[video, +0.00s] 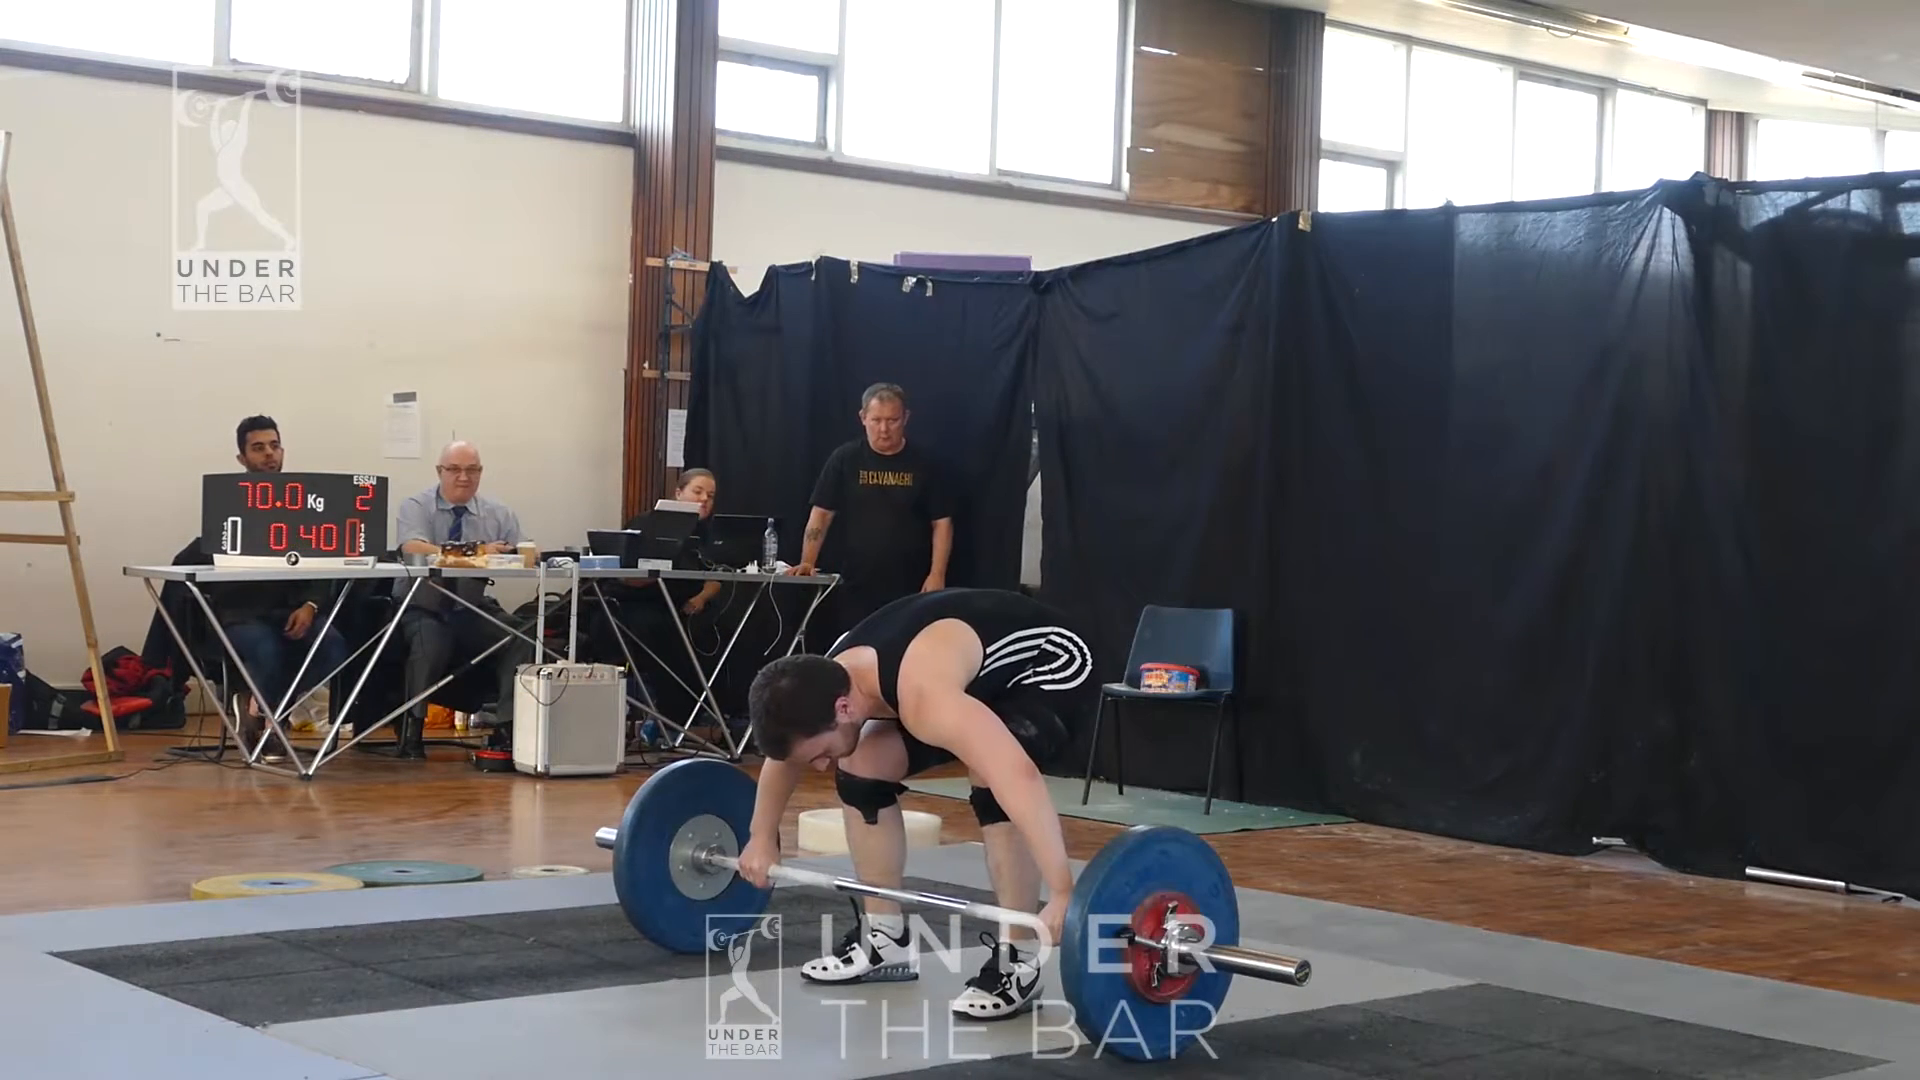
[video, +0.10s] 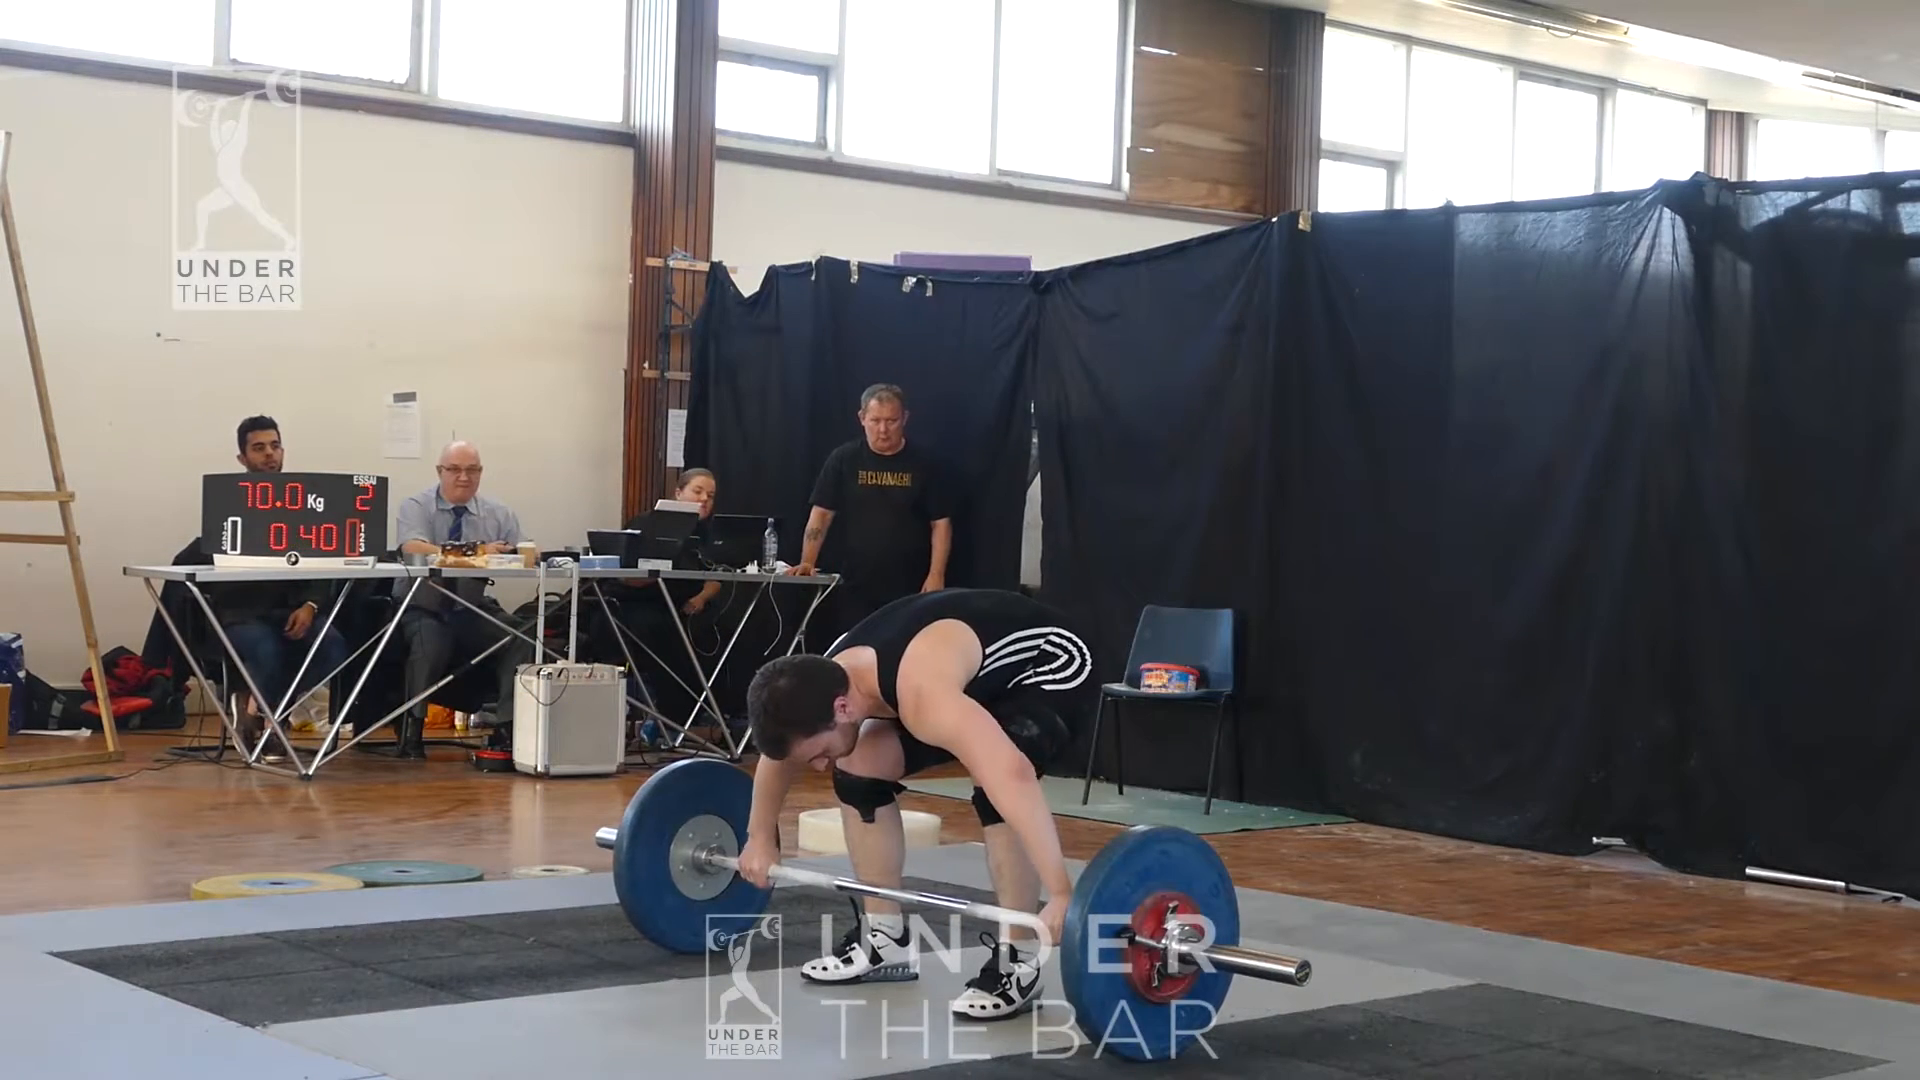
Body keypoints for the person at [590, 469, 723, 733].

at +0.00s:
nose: (705, 499)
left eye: (710, 495)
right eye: (698, 492)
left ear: (715, 501)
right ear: (679, 493)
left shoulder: (710, 533)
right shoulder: (647, 523)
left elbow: (717, 578)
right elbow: (617, 566)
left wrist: (702, 597)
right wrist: (636, 578)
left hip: (681, 606)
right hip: (639, 601)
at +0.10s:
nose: (705, 499)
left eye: (710, 495)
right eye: (698, 492)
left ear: (714, 502)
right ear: (678, 492)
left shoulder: (709, 533)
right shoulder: (647, 523)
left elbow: (716, 578)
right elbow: (619, 568)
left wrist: (702, 596)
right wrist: (639, 577)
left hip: (681, 606)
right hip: (640, 601)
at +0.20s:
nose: (704, 499)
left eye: (710, 495)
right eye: (698, 491)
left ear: (714, 501)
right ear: (679, 492)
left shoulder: (710, 533)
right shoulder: (648, 523)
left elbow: (717, 577)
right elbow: (617, 562)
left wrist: (702, 597)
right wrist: (633, 578)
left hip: (681, 605)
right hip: (642, 600)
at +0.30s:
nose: (704, 499)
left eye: (710, 495)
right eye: (698, 491)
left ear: (714, 502)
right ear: (679, 492)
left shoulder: (711, 533)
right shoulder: (648, 523)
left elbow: (717, 577)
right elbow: (617, 562)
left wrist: (702, 597)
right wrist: (633, 578)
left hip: (681, 605)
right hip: (642, 600)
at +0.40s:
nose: (704, 499)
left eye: (710, 495)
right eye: (698, 491)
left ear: (714, 502)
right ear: (678, 492)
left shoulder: (711, 535)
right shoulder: (647, 524)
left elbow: (717, 578)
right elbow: (617, 566)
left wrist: (702, 597)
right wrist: (632, 578)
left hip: (682, 607)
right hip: (641, 603)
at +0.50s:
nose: (704, 499)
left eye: (710, 495)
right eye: (698, 491)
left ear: (714, 502)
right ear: (678, 492)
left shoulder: (710, 535)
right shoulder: (647, 524)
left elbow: (717, 578)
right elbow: (617, 565)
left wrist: (702, 597)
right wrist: (632, 578)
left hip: (682, 607)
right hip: (641, 603)